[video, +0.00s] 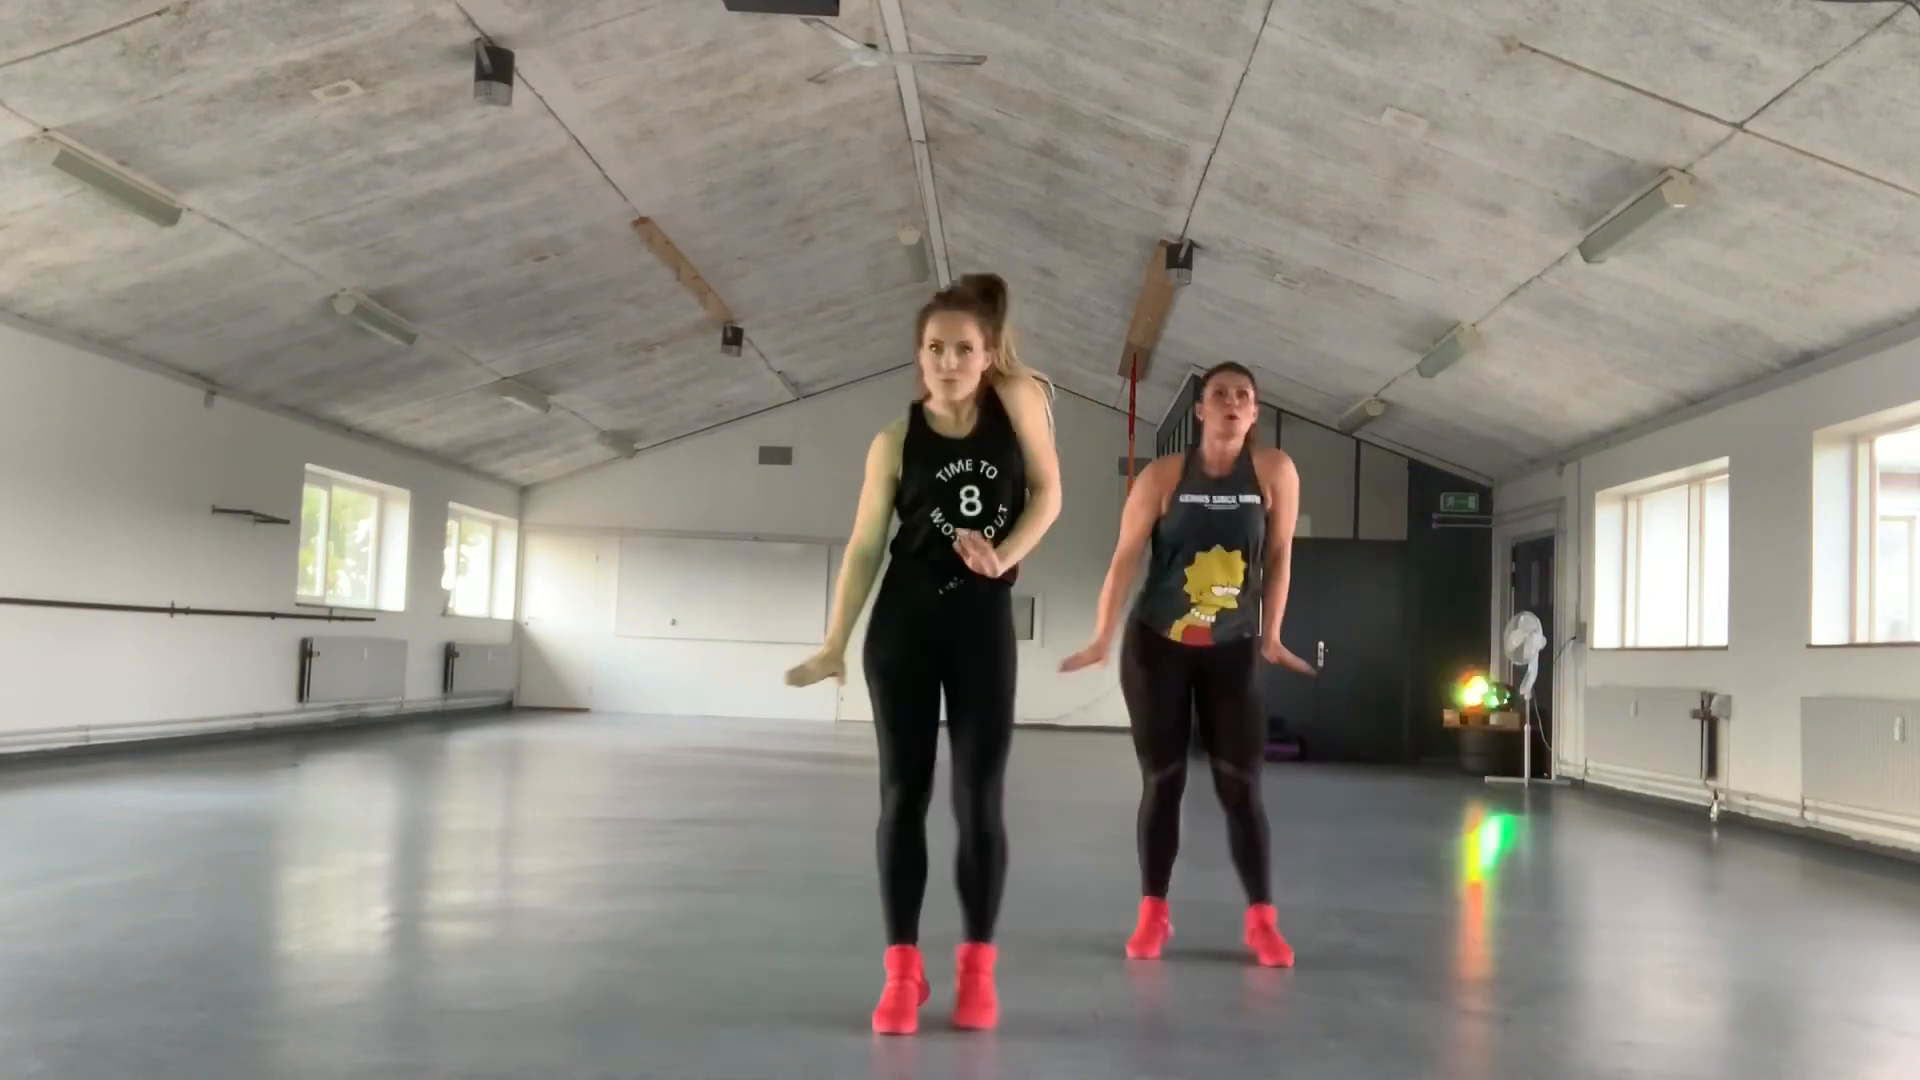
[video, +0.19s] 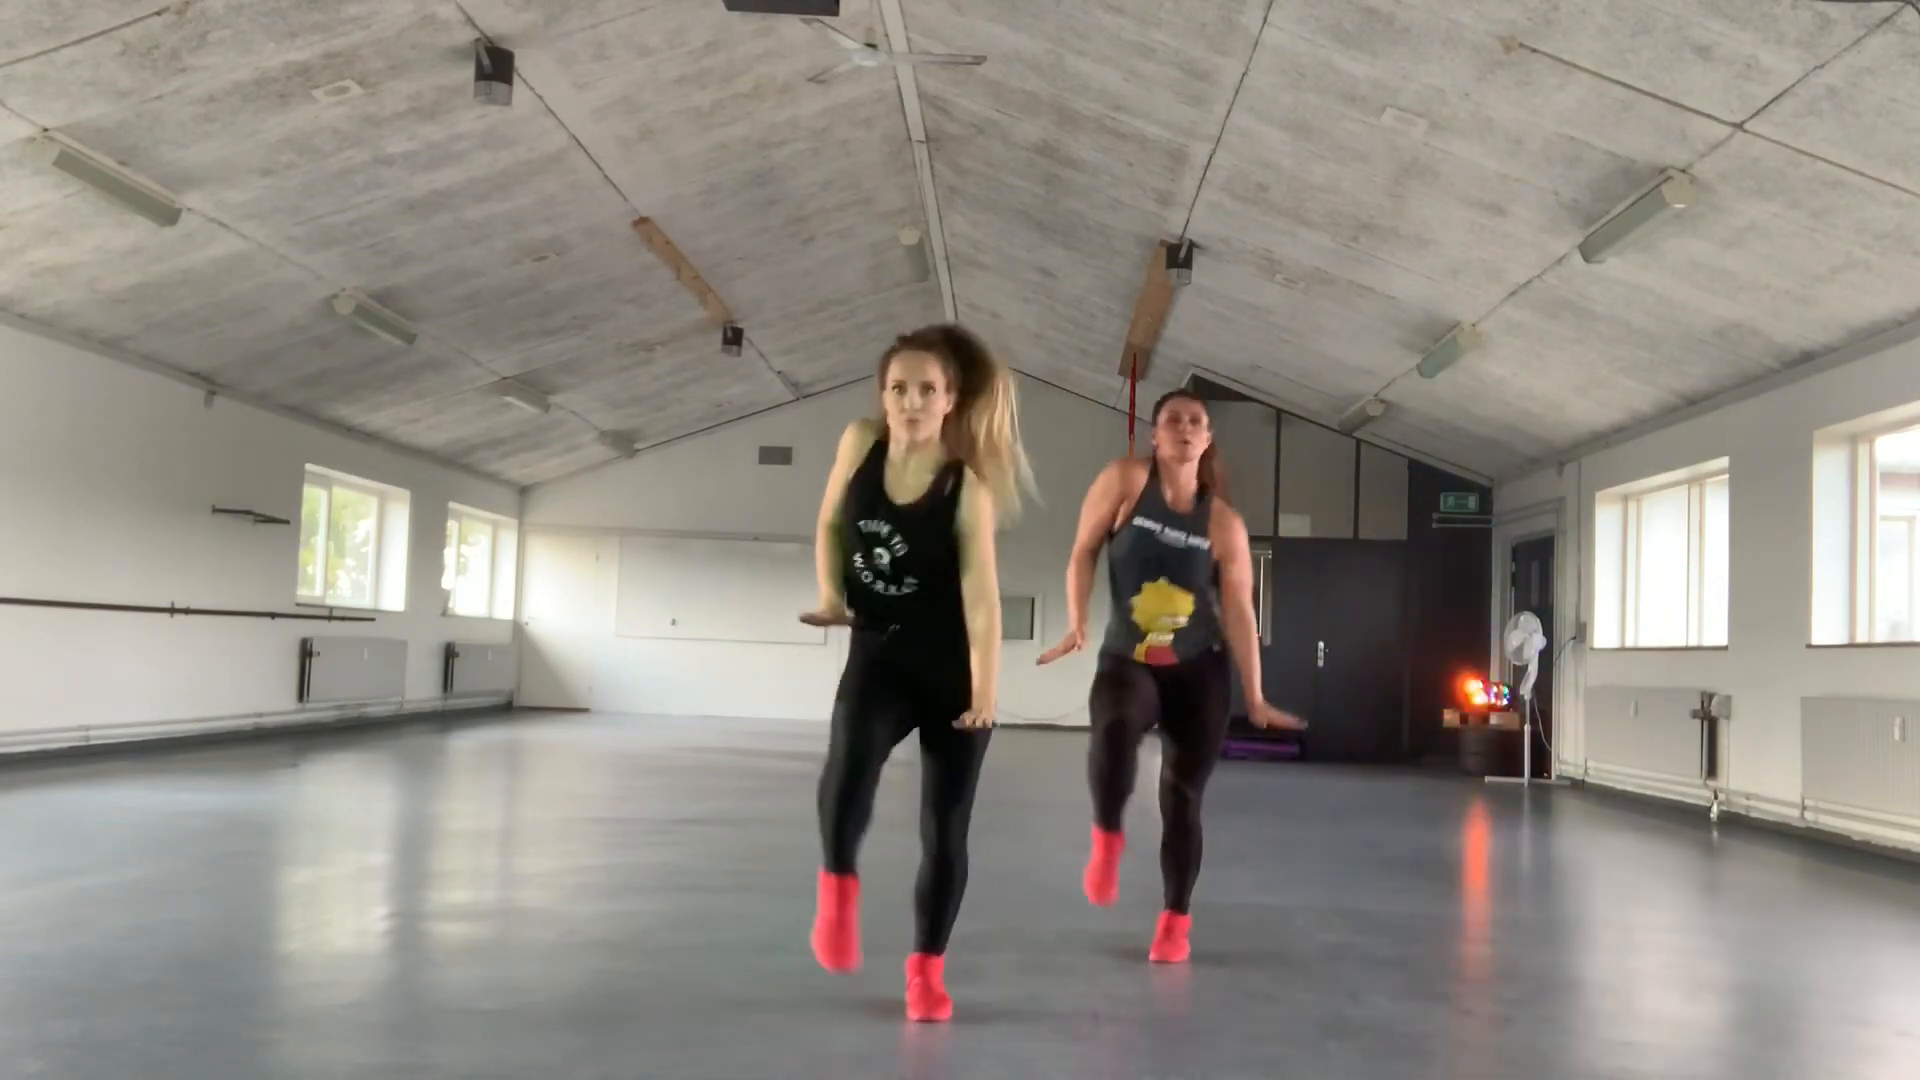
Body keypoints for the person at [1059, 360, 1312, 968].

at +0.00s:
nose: (1232, 405)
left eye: (1242, 397)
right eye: (1220, 396)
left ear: (1255, 411)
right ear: (1198, 407)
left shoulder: (1275, 470)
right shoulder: (1159, 476)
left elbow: (1279, 558)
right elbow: (1126, 559)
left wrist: (1270, 636)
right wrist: (1103, 636)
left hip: (1232, 652)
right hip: (1157, 649)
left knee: (1240, 784)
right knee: (1164, 780)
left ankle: (1261, 915)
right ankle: (1153, 909)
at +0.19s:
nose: (1183, 430)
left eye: (1194, 422)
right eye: (1173, 420)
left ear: (1209, 439)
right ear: (1154, 433)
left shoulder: (1224, 522)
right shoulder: (1123, 480)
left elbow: (1240, 612)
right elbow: (1084, 552)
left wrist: (1255, 699)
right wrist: (1077, 625)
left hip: (1199, 667)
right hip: (1130, 660)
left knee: (1182, 795)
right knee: (1114, 724)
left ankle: (1176, 916)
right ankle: (1108, 836)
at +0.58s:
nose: (1092, 417)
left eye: (1104, 409)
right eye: (1082, 408)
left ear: (1119, 422)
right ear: (1064, 420)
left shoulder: (1139, 501)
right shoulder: (1033, 470)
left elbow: (1151, 591)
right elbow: (1006, 550)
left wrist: (1158, 675)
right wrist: (998, 625)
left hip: (1110, 659)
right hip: (1039, 653)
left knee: (1089, 788)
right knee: (1011, 742)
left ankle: (1083, 912)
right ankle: (1021, 872)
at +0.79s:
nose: (1048, 396)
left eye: (1059, 389)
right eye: (1038, 387)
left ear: (1074, 405)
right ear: (1019, 399)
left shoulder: (1093, 484)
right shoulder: (984, 465)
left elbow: (1105, 575)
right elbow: (951, 549)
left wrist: (1090, 639)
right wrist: (930, 619)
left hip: (1060, 646)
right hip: (983, 641)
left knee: (1064, 781)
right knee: (956, 762)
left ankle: (1076, 909)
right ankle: (951, 889)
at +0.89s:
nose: (1016, 396)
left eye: (1028, 388)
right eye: (1006, 387)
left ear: (1044, 403)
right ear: (989, 400)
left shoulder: (1068, 478)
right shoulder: (955, 470)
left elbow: (1100, 560)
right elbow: (916, 552)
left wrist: (1085, 632)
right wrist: (853, 593)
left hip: (1026, 647)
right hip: (951, 642)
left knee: (1041, 772)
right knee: (955, 775)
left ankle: (1035, 897)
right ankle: (946, 906)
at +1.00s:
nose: (981, 400)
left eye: (992, 392)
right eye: (971, 390)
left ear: (1008, 406)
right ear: (954, 402)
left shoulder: (1033, 480)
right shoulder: (923, 476)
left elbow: (1076, 560)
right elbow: (873, 540)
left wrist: (1110, 630)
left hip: (994, 649)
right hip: (925, 642)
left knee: (968, 779)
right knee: (894, 762)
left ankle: (979, 903)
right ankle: (925, 895)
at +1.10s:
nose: (966, 402)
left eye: (977, 394)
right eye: (956, 393)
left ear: (994, 410)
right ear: (939, 406)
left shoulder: (1014, 486)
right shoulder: (907, 474)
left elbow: (1059, 561)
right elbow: (839, 515)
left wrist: (1126, 598)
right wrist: (860, 454)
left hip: (986, 650)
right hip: (920, 649)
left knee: (965, 783)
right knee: (850, 751)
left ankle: (976, 907)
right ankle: (891, 884)